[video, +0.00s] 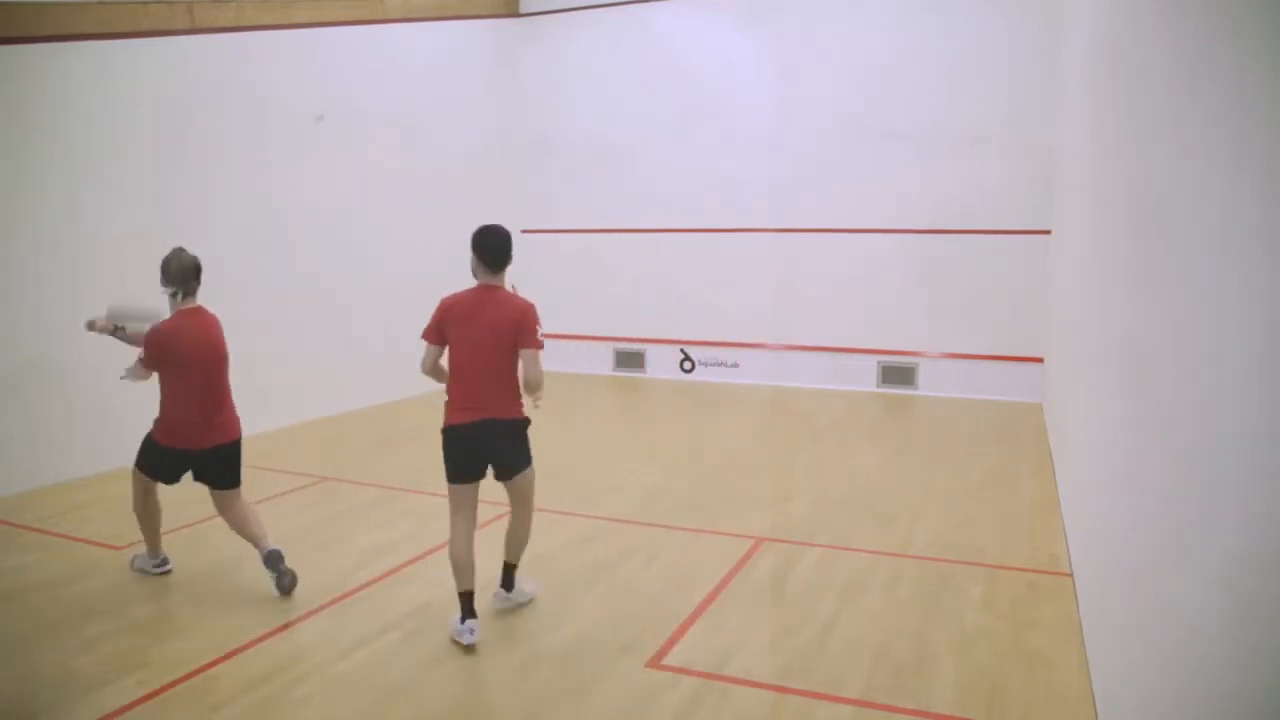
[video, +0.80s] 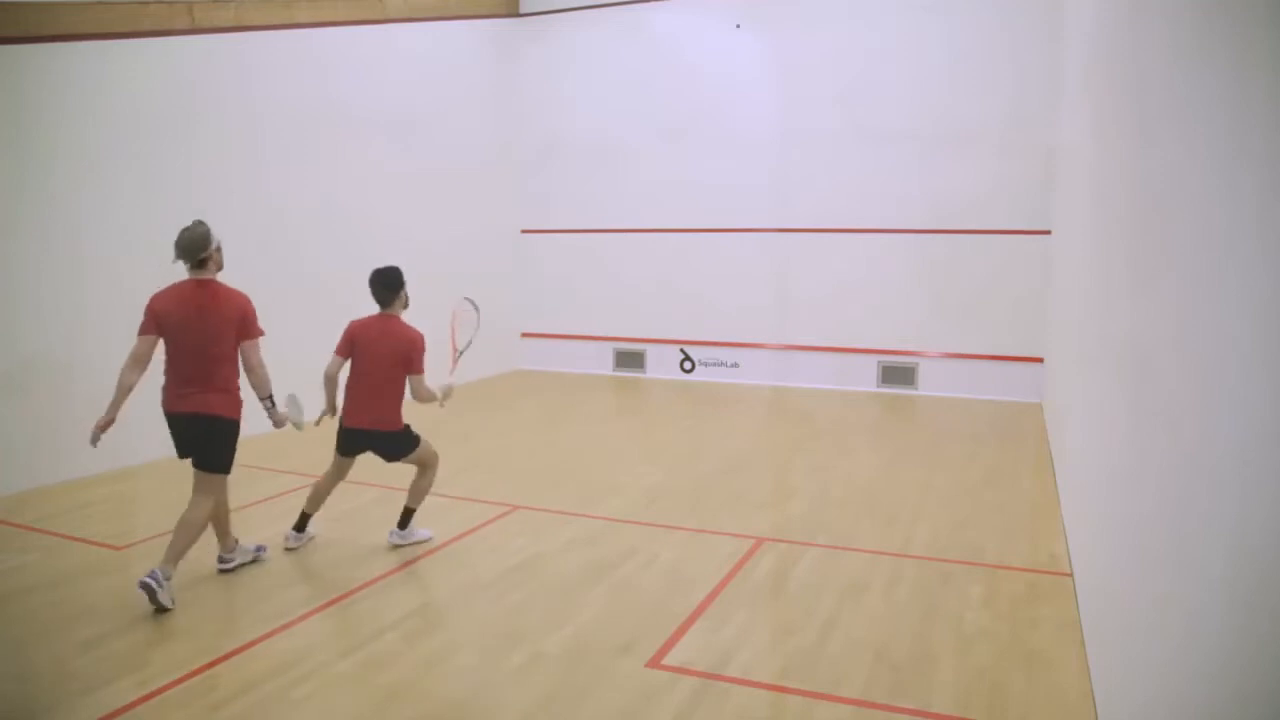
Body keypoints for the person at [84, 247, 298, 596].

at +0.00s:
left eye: (163, 280)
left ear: (166, 283)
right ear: (199, 281)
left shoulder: (161, 334)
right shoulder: (212, 323)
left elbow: (143, 372)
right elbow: (156, 340)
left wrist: (133, 371)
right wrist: (113, 330)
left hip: (175, 438)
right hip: (223, 436)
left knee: (143, 479)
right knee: (231, 502)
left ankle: (155, 555)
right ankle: (268, 550)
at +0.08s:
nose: (151, 282)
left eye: (153, 278)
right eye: (154, 278)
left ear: (158, 284)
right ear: (189, 283)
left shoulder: (149, 334)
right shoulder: (204, 324)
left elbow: (130, 386)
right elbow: (160, 337)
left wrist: (117, 403)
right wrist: (107, 343)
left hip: (163, 439)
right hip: (210, 439)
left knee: (133, 477)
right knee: (218, 499)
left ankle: (155, 555)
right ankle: (257, 547)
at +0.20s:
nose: (140, 277)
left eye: (141, 273)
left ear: (143, 280)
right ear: (178, 278)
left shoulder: (133, 330)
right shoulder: (195, 322)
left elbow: (119, 390)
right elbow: (189, 374)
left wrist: (104, 435)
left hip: (151, 432)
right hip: (198, 430)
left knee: (127, 477)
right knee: (210, 486)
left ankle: (155, 554)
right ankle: (237, 543)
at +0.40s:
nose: (134, 269)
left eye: (134, 265)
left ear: (136, 270)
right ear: (170, 267)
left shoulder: (125, 319)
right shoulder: (194, 313)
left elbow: (113, 379)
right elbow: (227, 361)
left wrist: (96, 435)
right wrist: (262, 385)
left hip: (144, 425)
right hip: (193, 423)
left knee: (132, 480)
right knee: (195, 487)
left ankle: (155, 554)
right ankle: (183, 548)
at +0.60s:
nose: (186, 263)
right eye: (186, 257)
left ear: (151, 268)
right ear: (185, 263)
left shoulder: (135, 313)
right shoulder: (209, 313)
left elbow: (124, 367)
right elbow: (240, 369)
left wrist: (108, 421)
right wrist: (274, 406)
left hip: (153, 426)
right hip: (200, 426)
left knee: (163, 482)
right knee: (191, 501)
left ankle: (163, 564)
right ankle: (153, 578)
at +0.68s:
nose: (201, 261)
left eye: (195, 256)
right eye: (200, 256)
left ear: (163, 265)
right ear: (195, 261)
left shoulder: (142, 308)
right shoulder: (216, 308)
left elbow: (128, 365)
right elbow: (244, 368)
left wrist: (109, 417)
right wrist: (272, 408)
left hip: (159, 419)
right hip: (205, 421)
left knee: (184, 472)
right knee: (187, 506)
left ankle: (189, 547)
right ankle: (151, 580)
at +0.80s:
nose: (222, 252)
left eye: (219, 247)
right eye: (219, 248)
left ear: (183, 259)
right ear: (213, 255)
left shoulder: (163, 301)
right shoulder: (236, 302)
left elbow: (137, 362)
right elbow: (253, 365)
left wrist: (112, 412)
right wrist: (271, 407)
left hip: (177, 412)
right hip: (220, 413)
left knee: (215, 478)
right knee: (204, 497)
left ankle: (229, 549)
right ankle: (163, 574)